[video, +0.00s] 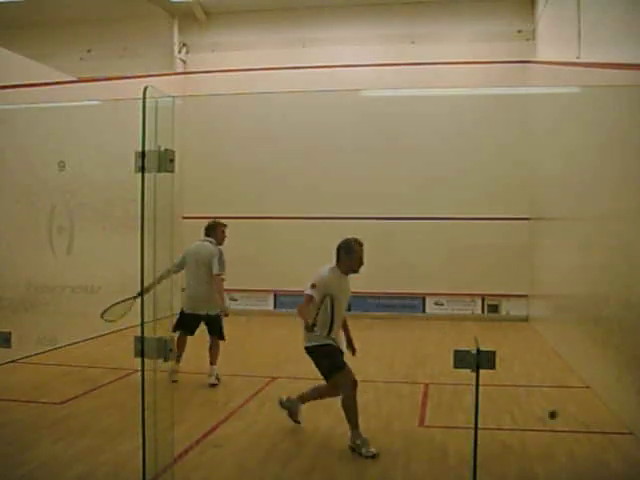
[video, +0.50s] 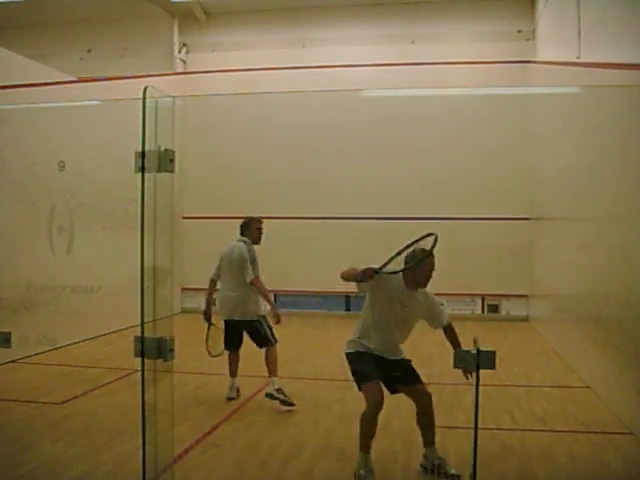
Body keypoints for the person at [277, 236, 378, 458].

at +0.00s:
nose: (362, 263)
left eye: (362, 258)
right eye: (359, 258)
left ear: (348, 258)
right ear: (344, 257)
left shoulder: (343, 280)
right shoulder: (324, 279)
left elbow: (340, 313)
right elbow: (304, 310)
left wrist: (349, 338)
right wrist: (307, 314)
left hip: (331, 341)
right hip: (317, 343)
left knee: (335, 388)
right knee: (349, 383)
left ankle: (294, 402)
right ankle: (356, 438)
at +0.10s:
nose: (381, 265)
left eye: (381, 261)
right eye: (377, 261)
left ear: (370, 261)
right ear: (362, 260)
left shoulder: (370, 284)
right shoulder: (340, 279)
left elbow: (364, 313)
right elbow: (318, 302)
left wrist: (373, 345)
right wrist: (325, 312)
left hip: (351, 341)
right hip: (329, 343)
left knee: (373, 389)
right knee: (358, 388)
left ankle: (344, 413)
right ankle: (358, 438)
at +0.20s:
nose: (399, 265)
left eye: (400, 260)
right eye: (395, 260)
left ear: (393, 262)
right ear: (382, 260)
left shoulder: (390, 289)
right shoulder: (358, 277)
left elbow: (391, 321)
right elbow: (327, 293)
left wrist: (401, 353)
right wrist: (338, 301)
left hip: (366, 345)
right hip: (340, 347)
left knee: (397, 385)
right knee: (366, 397)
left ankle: (398, 439)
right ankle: (358, 439)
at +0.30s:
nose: (415, 272)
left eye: (416, 267)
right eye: (411, 266)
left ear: (414, 267)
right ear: (398, 265)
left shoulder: (408, 294)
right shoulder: (369, 281)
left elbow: (416, 327)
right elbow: (336, 289)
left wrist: (428, 360)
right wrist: (349, 293)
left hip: (382, 353)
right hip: (354, 352)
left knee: (411, 396)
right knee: (372, 403)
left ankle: (427, 454)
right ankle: (358, 430)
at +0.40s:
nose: (425, 277)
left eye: (427, 272)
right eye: (422, 272)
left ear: (424, 274)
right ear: (407, 270)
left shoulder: (422, 304)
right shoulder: (380, 286)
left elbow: (438, 333)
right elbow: (344, 285)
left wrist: (452, 365)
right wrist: (356, 286)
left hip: (395, 358)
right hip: (365, 355)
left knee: (429, 398)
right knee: (374, 400)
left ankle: (431, 456)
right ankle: (364, 446)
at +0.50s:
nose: (431, 275)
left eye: (432, 270)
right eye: (428, 270)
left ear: (426, 272)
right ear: (412, 269)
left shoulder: (424, 301)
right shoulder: (383, 281)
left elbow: (446, 326)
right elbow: (345, 275)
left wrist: (461, 356)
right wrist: (360, 275)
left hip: (392, 355)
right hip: (362, 350)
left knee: (424, 399)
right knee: (375, 400)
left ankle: (430, 457)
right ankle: (364, 463)